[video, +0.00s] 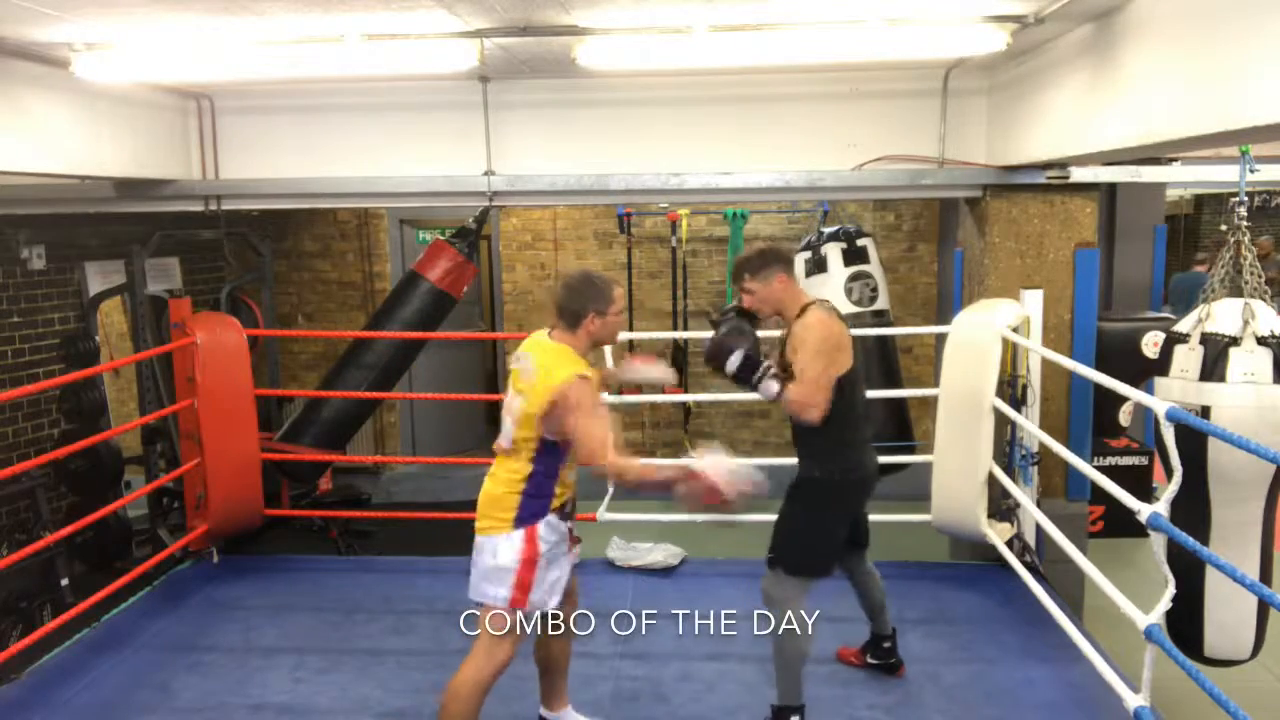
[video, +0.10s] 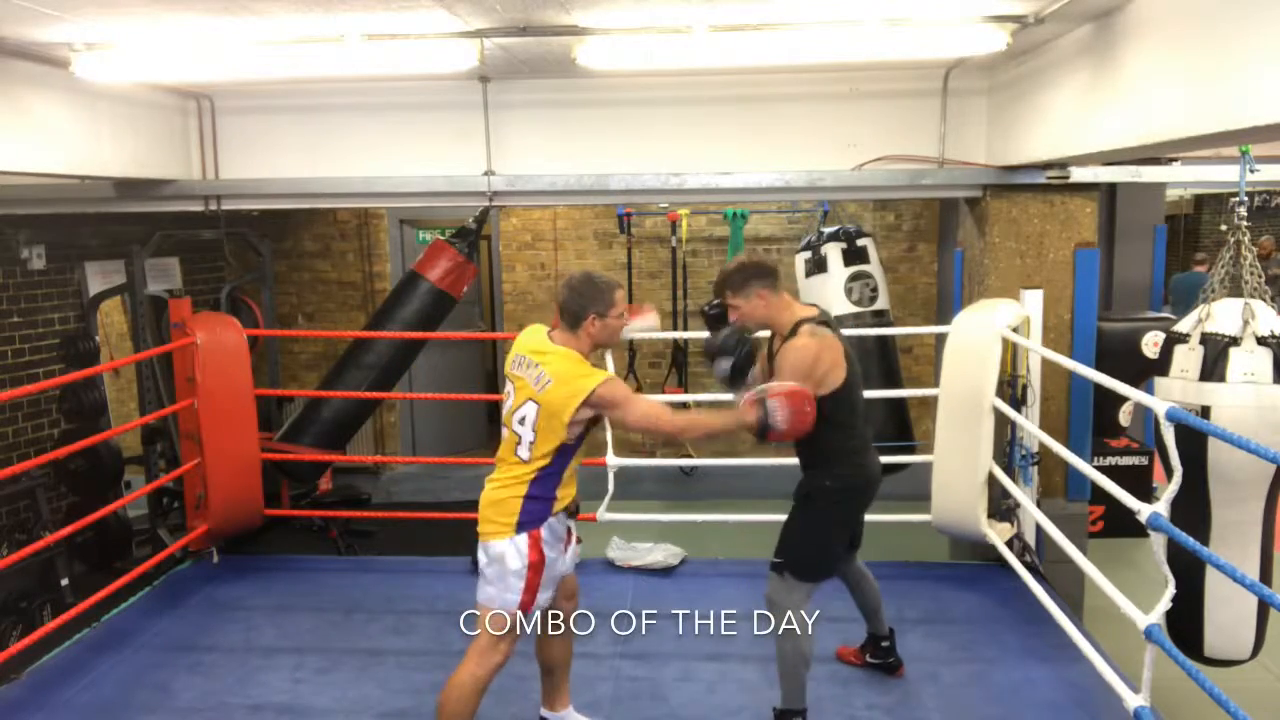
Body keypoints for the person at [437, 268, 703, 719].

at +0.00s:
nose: (622, 322)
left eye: (622, 312)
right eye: (617, 313)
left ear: (578, 317)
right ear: (591, 321)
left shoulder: (536, 345)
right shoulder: (574, 379)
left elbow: (565, 388)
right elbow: (605, 463)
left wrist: (618, 374)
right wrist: (681, 472)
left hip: (541, 512)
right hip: (519, 519)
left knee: (561, 604)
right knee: (495, 648)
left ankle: (555, 710)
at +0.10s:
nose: (624, 322)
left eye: (625, 313)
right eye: (619, 315)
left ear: (565, 314)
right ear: (589, 325)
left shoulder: (528, 339)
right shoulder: (589, 382)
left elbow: (575, 336)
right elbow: (671, 425)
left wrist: (619, 326)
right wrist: (744, 416)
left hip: (539, 512)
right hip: (521, 523)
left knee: (561, 602)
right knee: (490, 649)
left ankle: (556, 707)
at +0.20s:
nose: (616, 320)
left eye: (617, 311)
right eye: (612, 312)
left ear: (574, 314)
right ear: (586, 318)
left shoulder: (527, 334)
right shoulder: (581, 380)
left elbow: (573, 324)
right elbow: (648, 445)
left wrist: (613, 290)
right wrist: (725, 448)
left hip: (543, 509)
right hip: (527, 520)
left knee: (562, 601)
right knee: (501, 647)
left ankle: (556, 710)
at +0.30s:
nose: (609, 317)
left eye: (610, 308)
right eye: (605, 309)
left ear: (569, 308)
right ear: (578, 312)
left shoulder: (534, 332)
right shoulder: (559, 383)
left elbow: (585, 317)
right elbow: (583, 467)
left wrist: (620, 279)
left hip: (546, 504)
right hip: (525, 515)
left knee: (562, 604)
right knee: (505, 646)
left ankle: (557, 710)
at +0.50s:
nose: (590, 314)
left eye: (589, 304)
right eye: (584, 306)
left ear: (552, 313)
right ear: (555, 315)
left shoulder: (545, 352)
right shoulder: (512, 380)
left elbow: (576, 362)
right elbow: (524, 473)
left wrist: (631, 344)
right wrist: (599, 464)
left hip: (548, 515)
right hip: (508, 527)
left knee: (574, 610)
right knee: (488, 653)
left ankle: (559, 708)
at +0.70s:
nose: (588, 311)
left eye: (587, 301)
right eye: (581, 303)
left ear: (552, 312)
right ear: (553, 312)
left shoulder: (558, 355)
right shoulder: (502, 373)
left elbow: (586, 410)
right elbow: (539, 451)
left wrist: (645, 390)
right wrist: (583, 391)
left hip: (549, 517)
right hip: (501, 531)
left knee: (570, 617)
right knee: (486, 659)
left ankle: (571, 708)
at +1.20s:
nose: (619, 314)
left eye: (618, 306)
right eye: (613, 305)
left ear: (584, 308)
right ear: (587, 308)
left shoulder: (582, 356)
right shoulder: (543, 354)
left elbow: (596, 423)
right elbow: (602, 412)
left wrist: (648, 428)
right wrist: (626, 356)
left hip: (562, 515)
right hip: (522, 522)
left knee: (583, 610)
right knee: (500, 654)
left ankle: (573, 709)